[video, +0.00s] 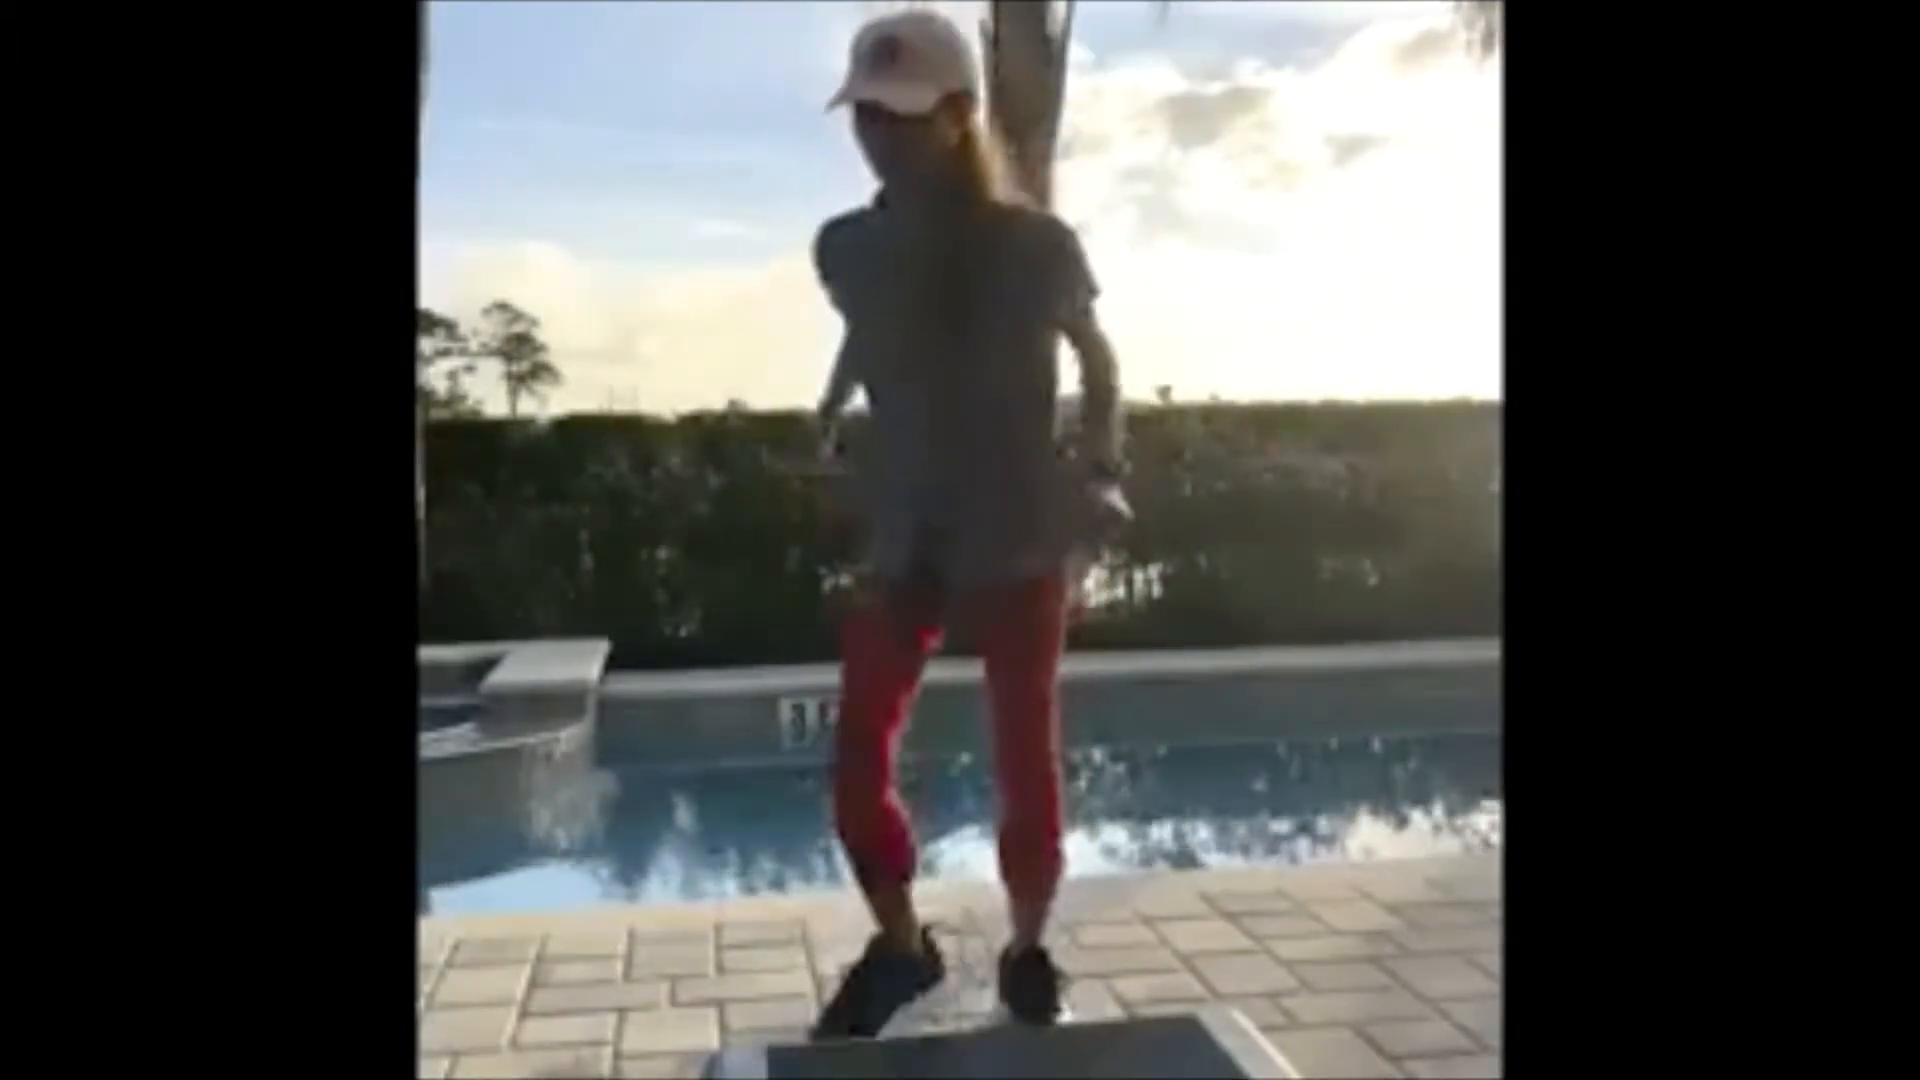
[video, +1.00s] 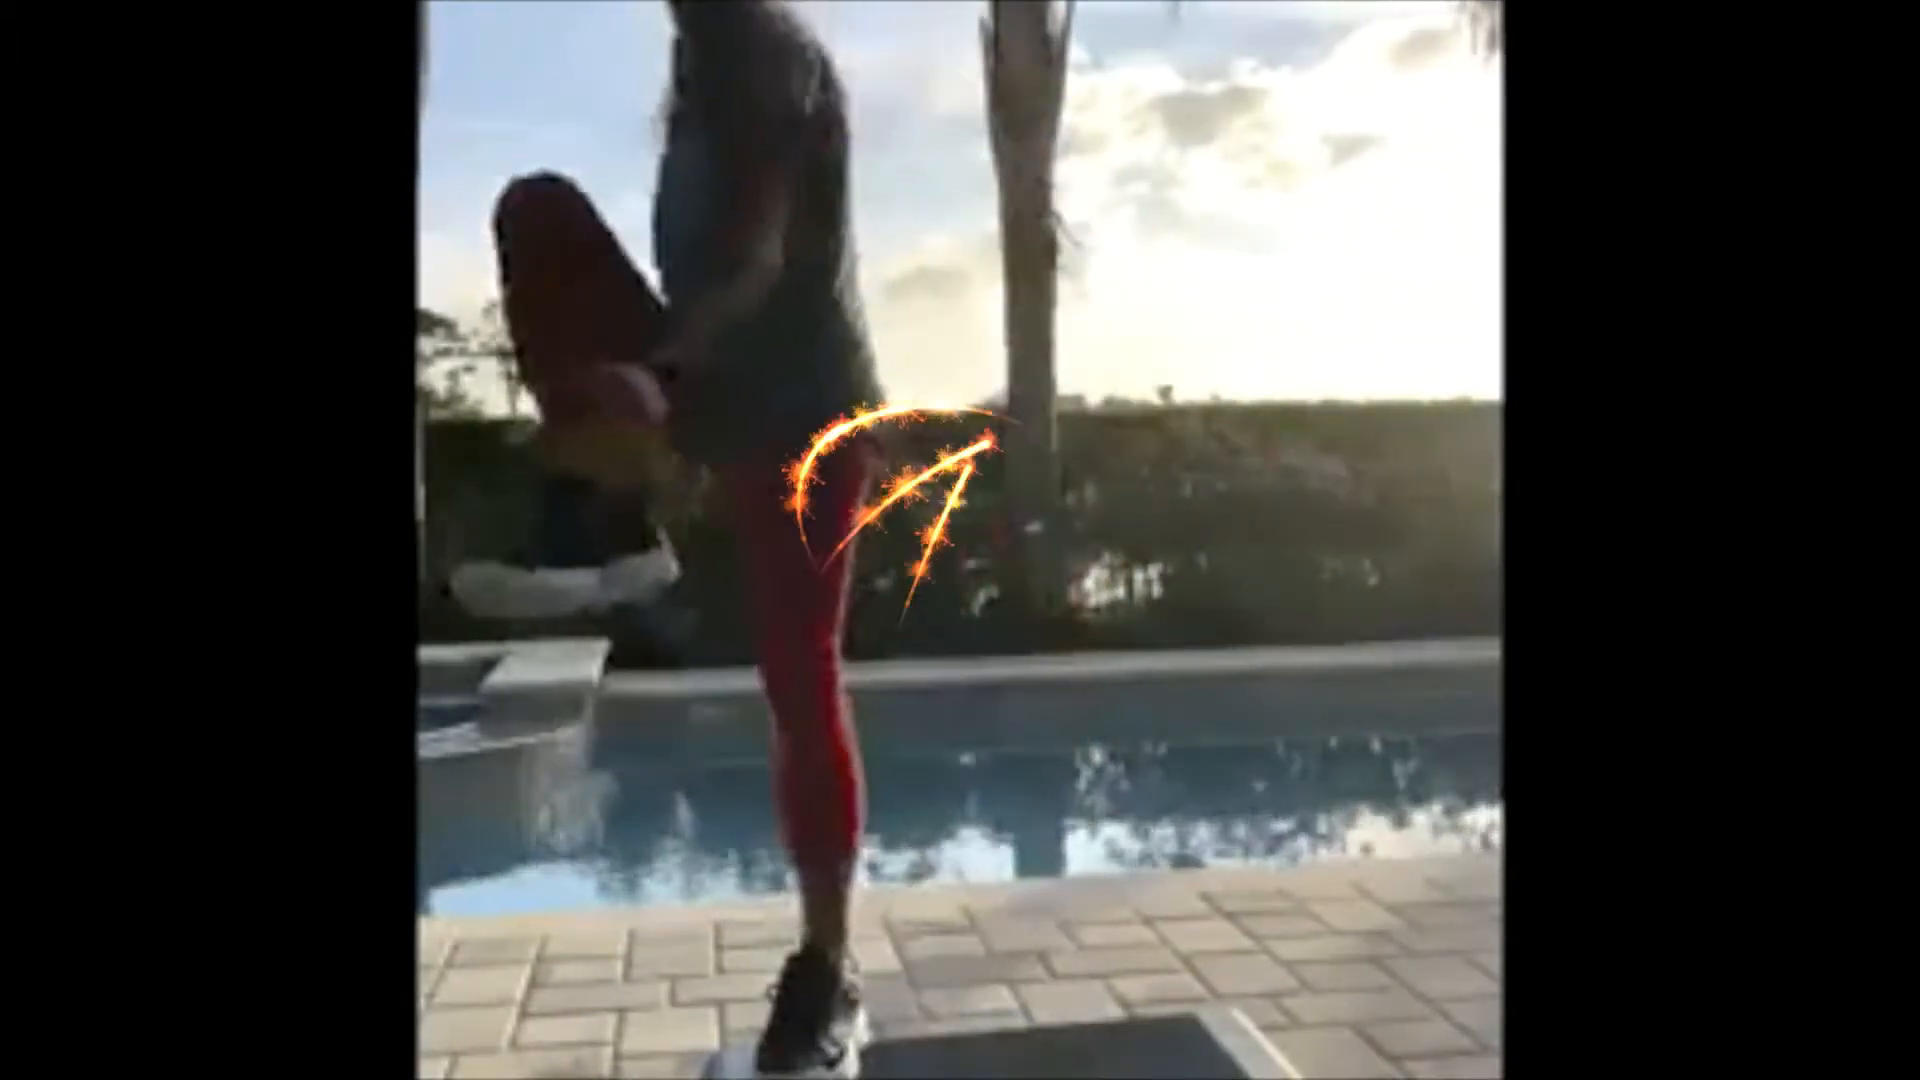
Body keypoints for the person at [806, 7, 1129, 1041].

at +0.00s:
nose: (883, 140)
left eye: (906, 119)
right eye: (867, 118)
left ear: (961, 119)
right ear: (850, 122)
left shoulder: (1036, 245)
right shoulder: (848, 248)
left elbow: (1100, 366)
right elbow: (866, 330)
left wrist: (1098, 470)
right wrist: (826, 411)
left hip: (1021, 524)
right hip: (901, 528)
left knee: (1025, 754)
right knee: (857, 756)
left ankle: (1028, 948)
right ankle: (900, 941)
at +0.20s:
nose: (814, 124)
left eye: (834, 103)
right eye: (801, 102)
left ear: (890, 102)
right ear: (788, 106)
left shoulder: (964, 224)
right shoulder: (795, 248)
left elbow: (1026, 368)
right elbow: (766, 393)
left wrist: (1007, 470)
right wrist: (759, 431)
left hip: (969, 518)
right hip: (863, 526)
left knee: (918, 751)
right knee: (867, 761)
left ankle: (1001, 896)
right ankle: (909, 974)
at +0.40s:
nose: (774, 108)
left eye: (795, 87)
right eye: (761, 86)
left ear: (854, 88)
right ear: (748, 88)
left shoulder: (909, 193)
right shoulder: (728, 223)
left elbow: (1015, 249)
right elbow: (578, 274)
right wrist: (589, 187)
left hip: (938, 501)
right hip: (825, 516)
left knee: (834, 632)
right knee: (874, 720)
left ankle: (867, 898)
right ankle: (911, 963)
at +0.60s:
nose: (770, 11)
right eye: (756, 2)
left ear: (833, 2)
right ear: (743, 14)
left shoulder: (883, 90)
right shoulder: (720, 110)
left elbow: (946, 74)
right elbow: (630, 170)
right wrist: (502, 105)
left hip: (882, 440)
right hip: (755, 450)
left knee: (803, 672)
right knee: (765, 699)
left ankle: (826, 967)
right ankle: (850, 903)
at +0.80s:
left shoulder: (798, 9)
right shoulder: (740, 45)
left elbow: (846, 154)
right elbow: (755, 228)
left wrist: (696, 81)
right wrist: (644, 285)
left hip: (843, 376)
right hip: (741, 366)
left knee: (825, 666)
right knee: (569, 357)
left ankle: (824, 967)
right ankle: (666, 627)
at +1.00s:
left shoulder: (767, 43)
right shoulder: (703, 66)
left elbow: (761, 253)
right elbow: (716, 261)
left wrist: (662, 360)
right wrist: (650, 357)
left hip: (799, 397)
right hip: (706, 380)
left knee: (800, 686)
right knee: (534, 208)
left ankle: (824, 972)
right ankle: (612, 528)